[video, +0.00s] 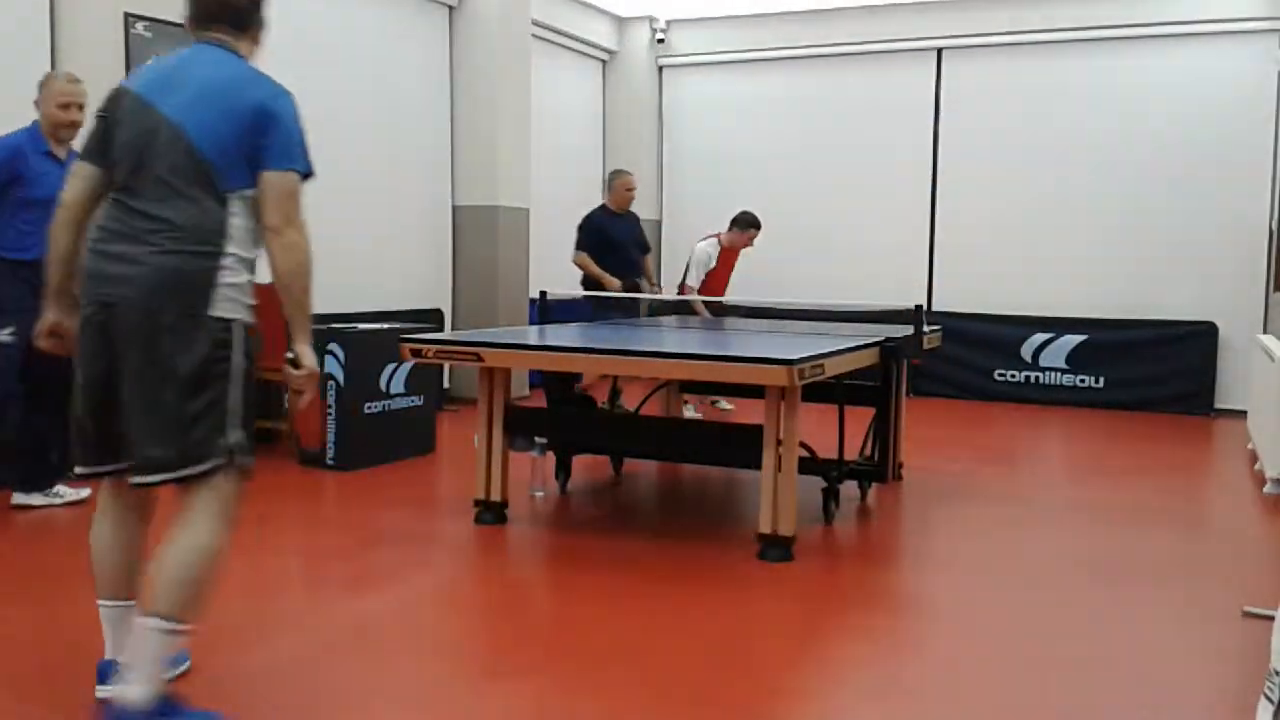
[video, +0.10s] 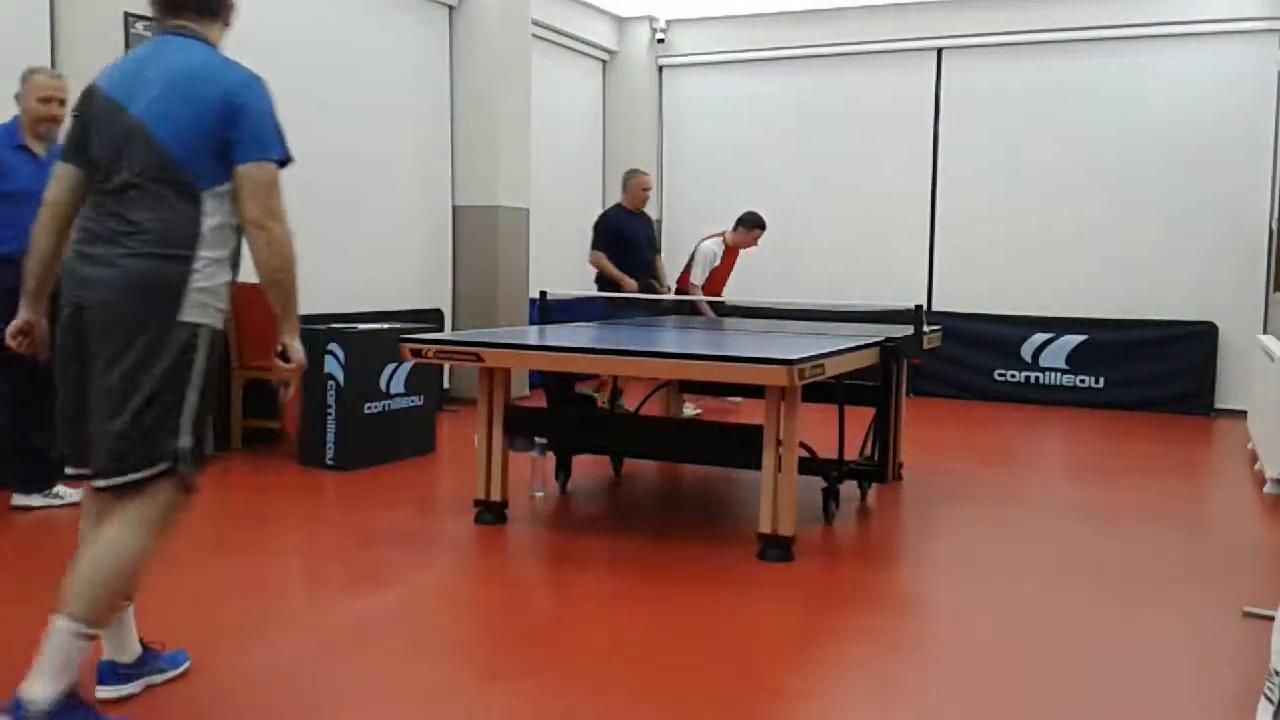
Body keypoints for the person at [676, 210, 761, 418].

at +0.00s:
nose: (750, 243)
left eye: (753, 239)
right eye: (750, 238)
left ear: (741, 232)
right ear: (736, 230)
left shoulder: (735, 250)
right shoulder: (706, 249)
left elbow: (720, 280)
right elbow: (689, 290)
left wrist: (721, 303)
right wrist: (709, 318)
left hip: (715, 304)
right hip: (693, 304)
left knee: (718, 350)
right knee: (691, 351)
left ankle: (713, 394)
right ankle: (685, 399)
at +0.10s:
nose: (755, 244)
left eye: (757, 240)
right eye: (754, 239)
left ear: (741, 232)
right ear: (741, 231)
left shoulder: (734, 248)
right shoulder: (708, 248)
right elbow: (693, 288)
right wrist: (712, 318)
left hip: (713, 301)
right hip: (688, 302)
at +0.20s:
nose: (761, 248)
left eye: (763, 243)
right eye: (760, 242)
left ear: (747, 234)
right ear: (748, 234)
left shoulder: (735, 249)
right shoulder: (718, 250)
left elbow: (718, 285)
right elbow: (703, 289)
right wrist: (720, 319)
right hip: (692, 297)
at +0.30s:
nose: (768, 256)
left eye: (771, 252)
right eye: (769, 251)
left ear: (757, 242)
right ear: (757, 243)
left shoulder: (738, 254)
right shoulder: (732, 256)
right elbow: (720, 296)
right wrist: (739, 323)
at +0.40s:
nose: (777, 269)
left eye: (779, 264)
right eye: (778, 263)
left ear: (767, 253)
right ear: (769, 254)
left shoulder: (747, 264)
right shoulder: (741, 264)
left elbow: (740, 297)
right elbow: (740, 299)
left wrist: (748, 318)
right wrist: (752, 321)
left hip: (716, 299)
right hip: (703, 297)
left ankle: (732, 391)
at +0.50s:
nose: (782, 281)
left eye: (785, 276)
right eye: (783, 275)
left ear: (771, 265)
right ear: (774, 266)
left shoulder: (744, 265)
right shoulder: (749, 280)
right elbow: (757, 314)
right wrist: (767, 331)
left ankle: (730, 390)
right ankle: (733, 391)